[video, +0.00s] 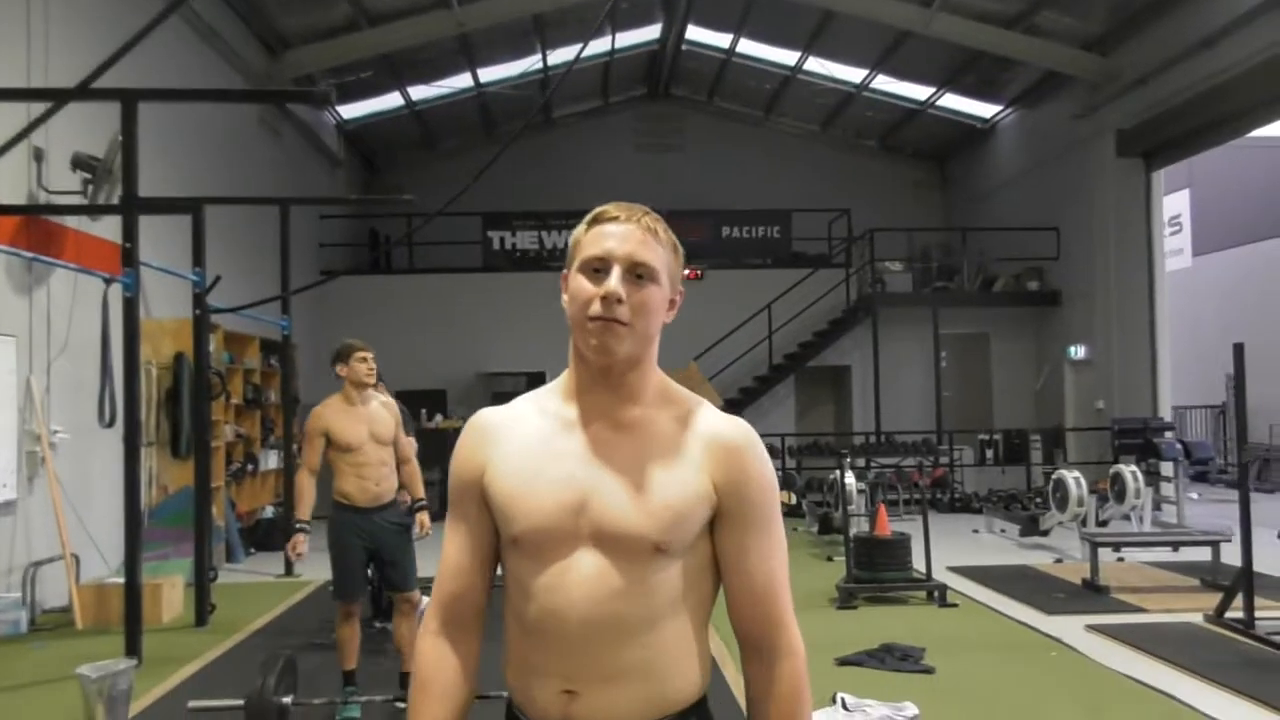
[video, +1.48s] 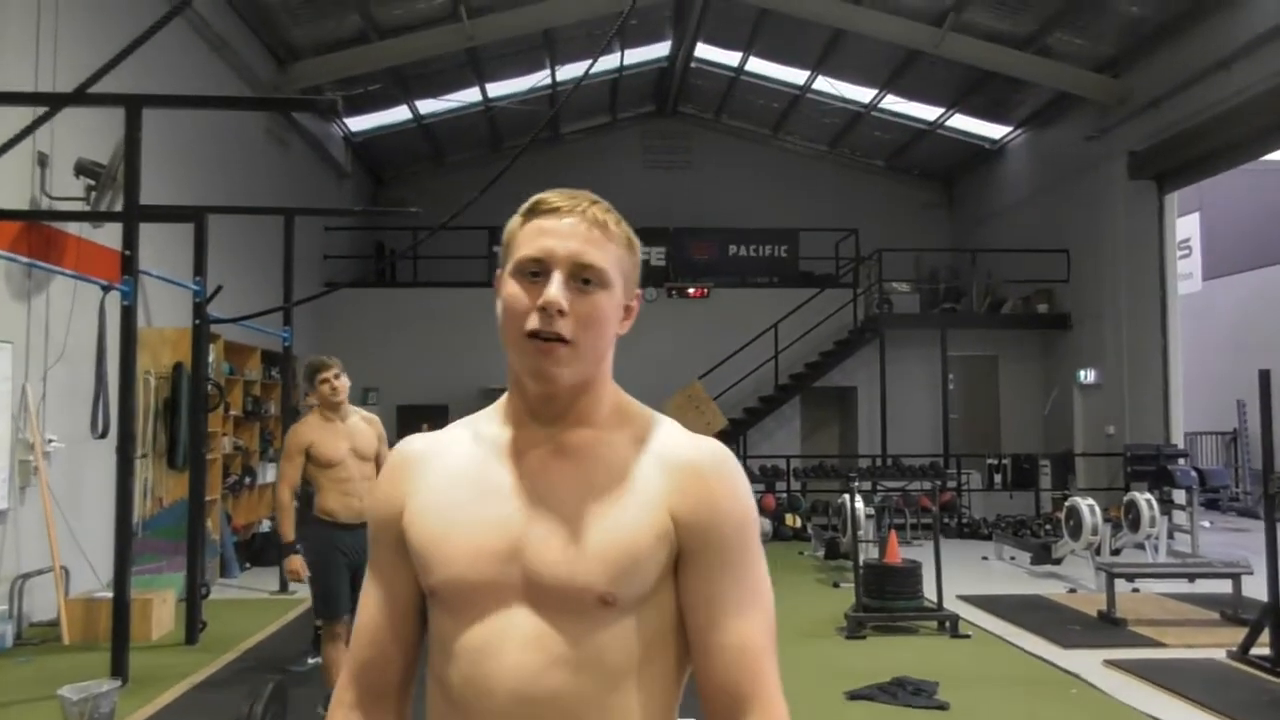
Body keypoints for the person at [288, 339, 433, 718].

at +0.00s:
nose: (372, 366)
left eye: (373, 361)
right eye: (363, 361)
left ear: (376, 368)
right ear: (342, 369)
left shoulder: (389, 407)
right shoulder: (324, 414)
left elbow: (408, 459)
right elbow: (308, 471)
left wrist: (420, 504)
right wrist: (301, 527)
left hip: (393, 515)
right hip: (348, 518)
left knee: (408, 600)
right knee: (349, 606)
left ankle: (408, 686)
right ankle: (349, 689)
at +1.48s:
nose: (334, 385)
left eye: (337, 378)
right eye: (324, 382)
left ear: (348, 381)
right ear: (313, 393)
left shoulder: (372, 423)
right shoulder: (302, 432)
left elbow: (388, 476)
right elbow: (284, 490)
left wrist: (392, 525)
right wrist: (290, 548)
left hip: (370, 531)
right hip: (328, 533)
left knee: (368, 625)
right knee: (336, 629)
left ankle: (366, 705)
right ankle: (339, 706)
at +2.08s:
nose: (322, 398)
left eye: (329, 392)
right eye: (316, 393)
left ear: (343, 398)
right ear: (307, 399)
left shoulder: (356, 444)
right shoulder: (285, 436)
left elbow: (365, 502)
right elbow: (259, 487)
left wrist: (369, 556)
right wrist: (253, 540)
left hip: (336, 544)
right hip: (291, 543)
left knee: (324, 636)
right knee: (298, 636)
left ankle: (319, 710)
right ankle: (297, 712)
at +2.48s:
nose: (276, 411)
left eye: (284, 405)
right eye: (270, 406)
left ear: (298, 411)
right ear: (261, 413)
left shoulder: (317, 456)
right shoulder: (243, 455)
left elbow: (334, 512)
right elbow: (226, 511)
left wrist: (343, 566)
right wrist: (222, 567)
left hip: (301, 565)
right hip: (254, 566)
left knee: (300, 654)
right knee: (245, 661)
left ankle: (305, 716)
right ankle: (238, 715)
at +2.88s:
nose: (235, 426)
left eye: (241, 419)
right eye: (227, 421)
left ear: (254, 424)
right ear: (217, 429)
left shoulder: (279, 465)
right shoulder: (201, 475)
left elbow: (297, 520)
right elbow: (181, 529)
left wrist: (289, 567)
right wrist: (182, 584)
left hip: (274, 575)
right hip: (227, 579)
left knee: (290, 667)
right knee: (230, 674)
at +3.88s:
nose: (282, 457)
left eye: (282, 450)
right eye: (277, 450)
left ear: (260, 453)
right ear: (256, 452)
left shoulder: (278, 495)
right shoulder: (212, 494)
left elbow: (287, 553)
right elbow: (186, 551)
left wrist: (302, 604)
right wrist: (185, 613)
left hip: (273, 606)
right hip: (228, 608)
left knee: (276, 697)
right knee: (226, 703)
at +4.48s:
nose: (312, 473)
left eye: (314, 467)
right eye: (307, 465)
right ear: (284, 463)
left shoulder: (303, 508)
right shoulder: (248, 501)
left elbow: (309, 568)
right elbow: (204, 549)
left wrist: (321, 621)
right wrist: (224, 604)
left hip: (297, 617)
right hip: (255, 620)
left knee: (282, 704)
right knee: (238, 708)